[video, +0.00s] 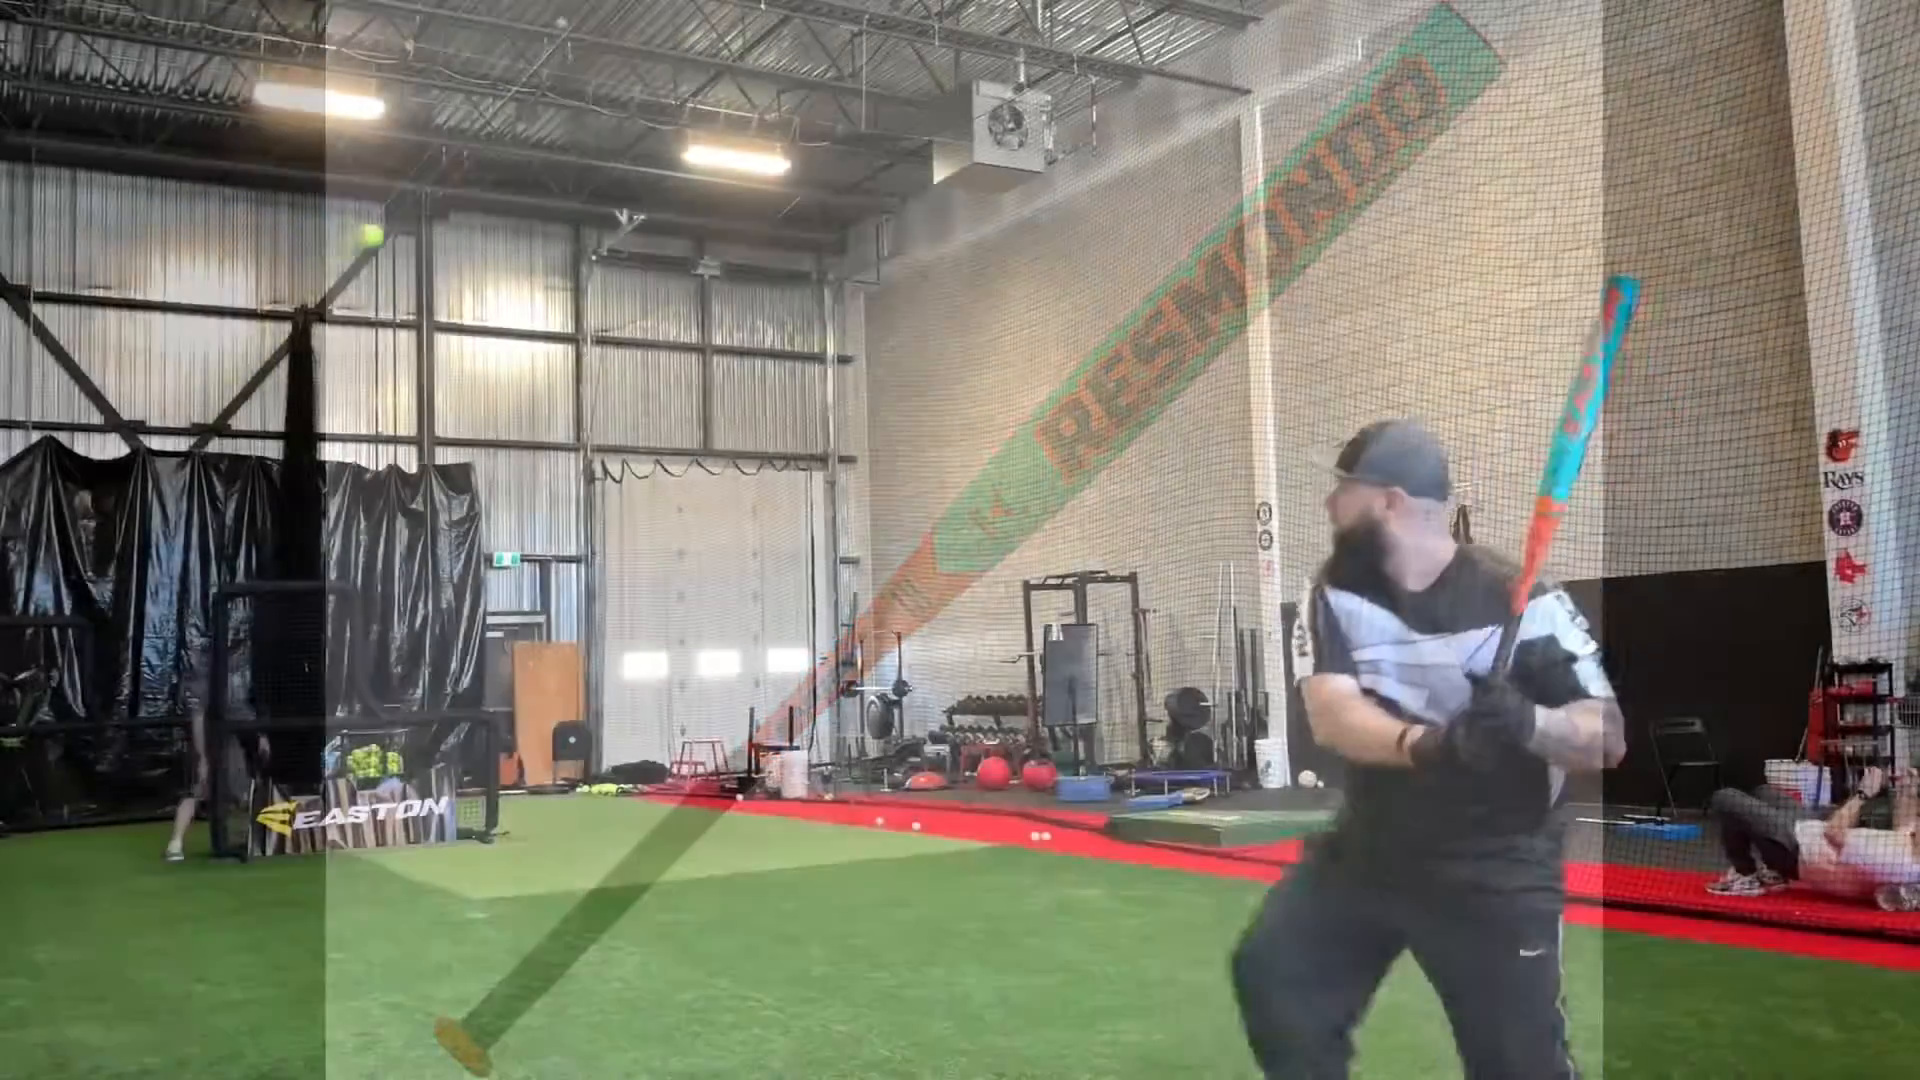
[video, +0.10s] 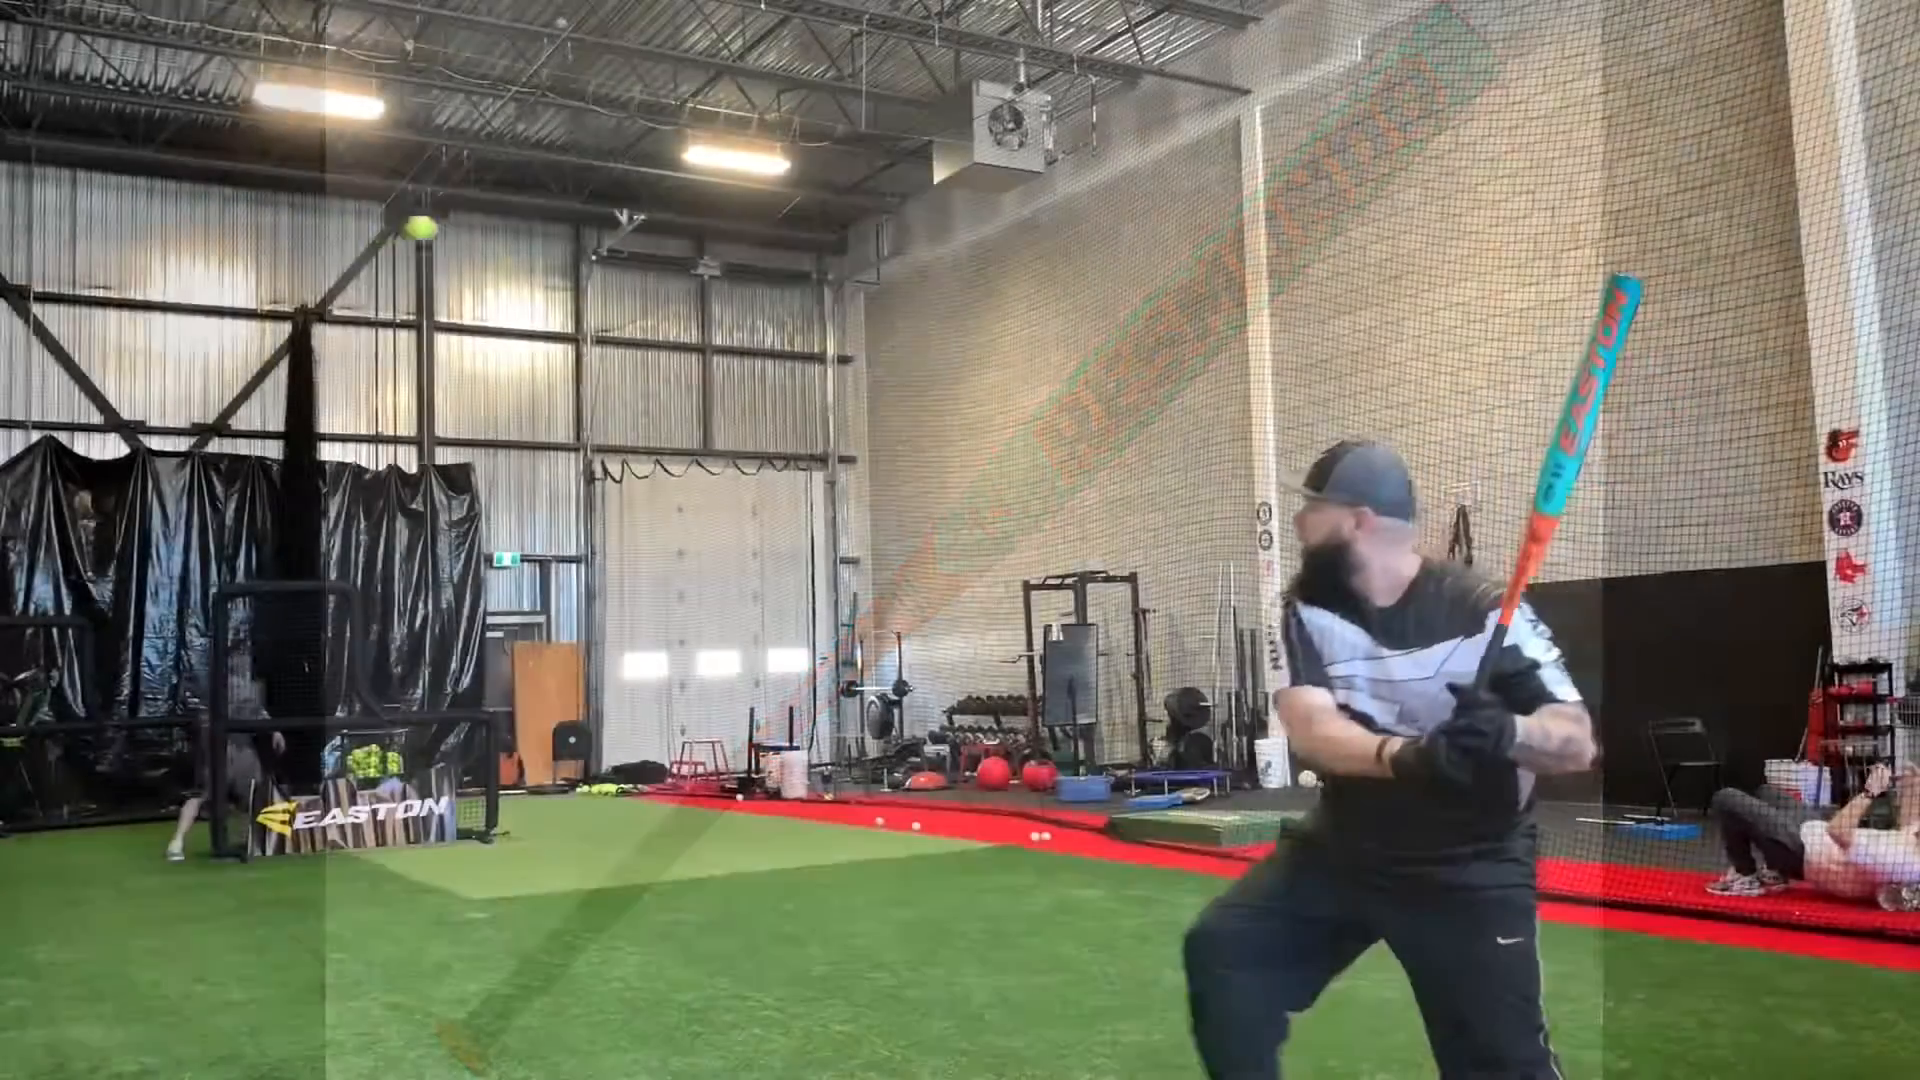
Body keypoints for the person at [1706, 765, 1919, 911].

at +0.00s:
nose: (1917, 825)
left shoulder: (1898, 864)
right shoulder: (1910, 847)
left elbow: (1834, 832)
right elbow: (1906, 828)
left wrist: (1862, 795)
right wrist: (1908, 795)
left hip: (1801, 850)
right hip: (1818, 827)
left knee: (1725, 800)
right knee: (1763, 793)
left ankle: (1744, 875)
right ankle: (1775, 871)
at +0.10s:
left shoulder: (1904, 863)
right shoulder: (1911, 841)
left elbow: (1838, 831)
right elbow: (1909, 826)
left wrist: (1868, 794)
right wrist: (1910, 790)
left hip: (1806, 851)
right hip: (1822, 827)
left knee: (1725, 800)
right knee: (1765, 793)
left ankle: (1745, 875)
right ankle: (1777, 870)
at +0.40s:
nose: (1916, 793)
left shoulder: (1909, 859)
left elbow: (1854, 824)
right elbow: (1909, 821)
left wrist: (1885, 784)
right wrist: (1912, 779)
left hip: (1827, 860)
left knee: (1744, 800)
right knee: (1788, 796)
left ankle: (1745, 876)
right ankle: (1775, 872)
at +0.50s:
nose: (1914, 798)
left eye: (1915, 793)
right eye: (1915, 791)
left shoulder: (1909, 857)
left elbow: (1860, 822)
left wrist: (1887, 784)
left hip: (1836, 866)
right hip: (1853, 846)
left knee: (1751, 802)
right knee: (1795, 798)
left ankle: (1746, 876)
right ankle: (1776, 872)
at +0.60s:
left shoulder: (1910, 854)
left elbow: (1866, 822)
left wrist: (1896, 782)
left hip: (1840, 867)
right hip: (1855, 844)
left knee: (1755, 803)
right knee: (1797, 797)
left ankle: (1746, 877)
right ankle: (1776, 870)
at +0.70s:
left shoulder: (1912, 852)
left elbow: (1876, 820)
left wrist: (1903, 783)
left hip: (1846, 870)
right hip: (1863, 845)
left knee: (1767, 807)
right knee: (1807, 800)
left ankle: (1746, 877)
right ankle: (1778, 869)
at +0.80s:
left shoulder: (1914, 849)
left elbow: (1883, 821)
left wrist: (1904, 786)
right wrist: (1906, 787)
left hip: (1851, 870)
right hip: (1867, 848)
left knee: (1768, 808)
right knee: (1814, 803)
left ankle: (1746, 876)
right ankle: (1779, 870)